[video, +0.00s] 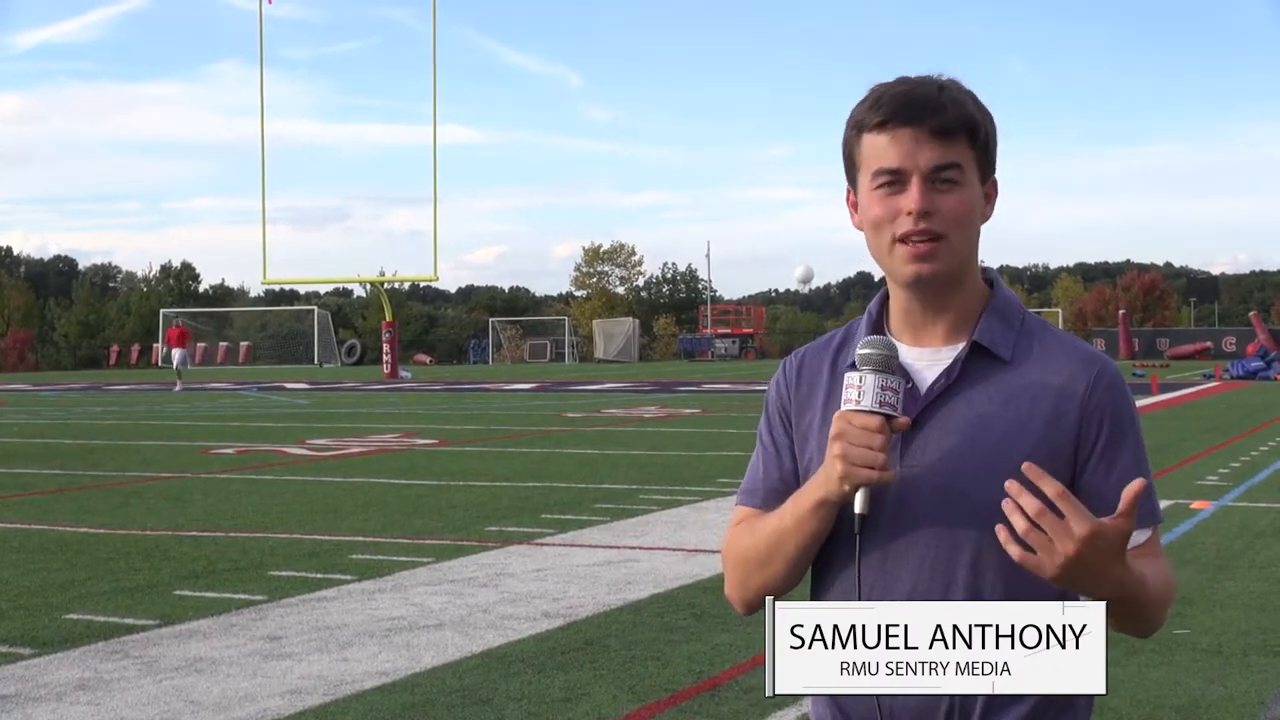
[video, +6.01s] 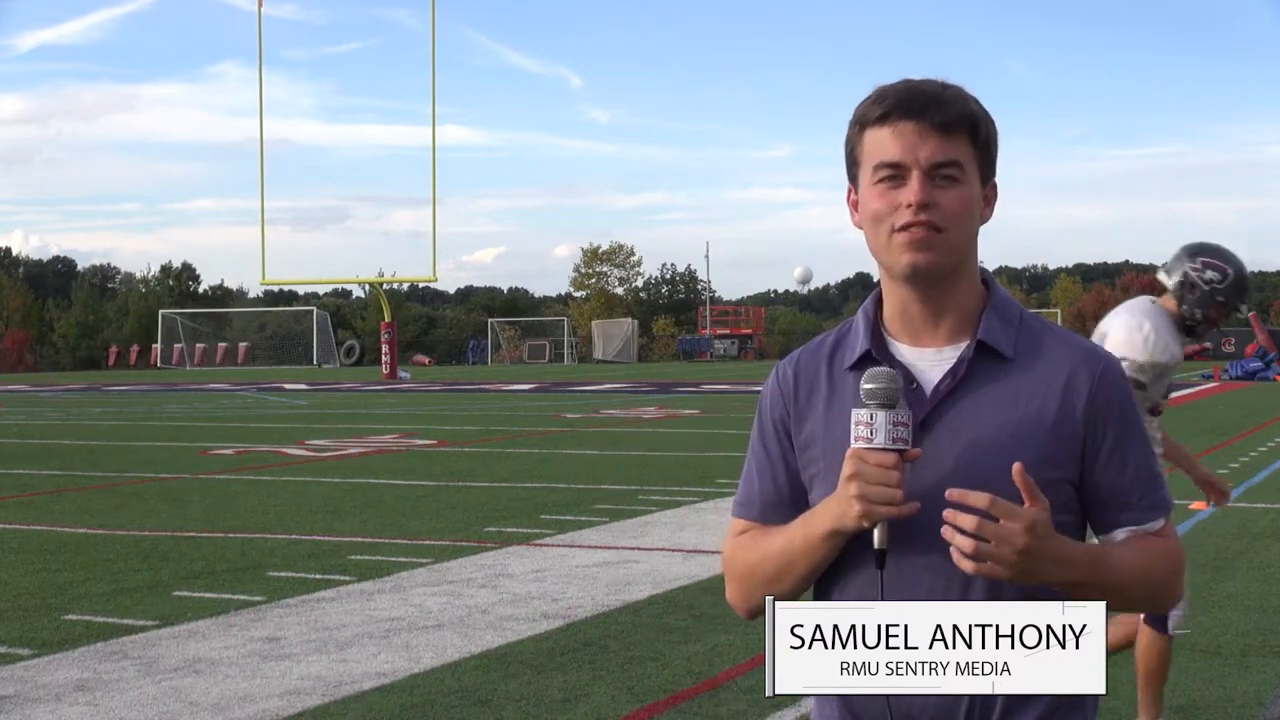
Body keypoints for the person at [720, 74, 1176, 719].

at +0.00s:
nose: (917, 204)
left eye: (944, 179)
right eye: (890, 182)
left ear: (988, 196)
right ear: (856, 208)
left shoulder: (1082, 383)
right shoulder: (804, 380)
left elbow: (1150, 608)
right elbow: (742, 584)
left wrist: (1110, 580)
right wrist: (824, 487)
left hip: (1026, 707)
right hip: (849, 708)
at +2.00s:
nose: (916, 201)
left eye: (944, 177)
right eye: (889, 179)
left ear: (981, 200)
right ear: (850, 204)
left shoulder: (1074, 382)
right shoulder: (794, 383)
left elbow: (1141, 583)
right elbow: (741, 587)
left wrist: (1090, 588)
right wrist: (821, 505)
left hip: (1021, 708)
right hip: (843, 707)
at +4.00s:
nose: (914, 207)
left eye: (946, 183)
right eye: (890, 182)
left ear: (989, 204)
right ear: (858, 202)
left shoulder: (1078, 381)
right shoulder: (796, 383)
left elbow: (1153, 581)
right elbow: (745, 587)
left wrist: (1030, 575)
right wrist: (830, 514)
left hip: (1028, 707)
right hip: (849, 708)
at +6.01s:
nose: (917, 197)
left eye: (944, 175)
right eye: (889, 177)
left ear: (987, 200)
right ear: (856, 207)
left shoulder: (1081, 377)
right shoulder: (797, 385)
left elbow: (1162, 571)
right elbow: (743, 586)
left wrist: (1059, 560)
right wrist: (833, 515)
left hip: (1032, 707)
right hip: (851, 709)